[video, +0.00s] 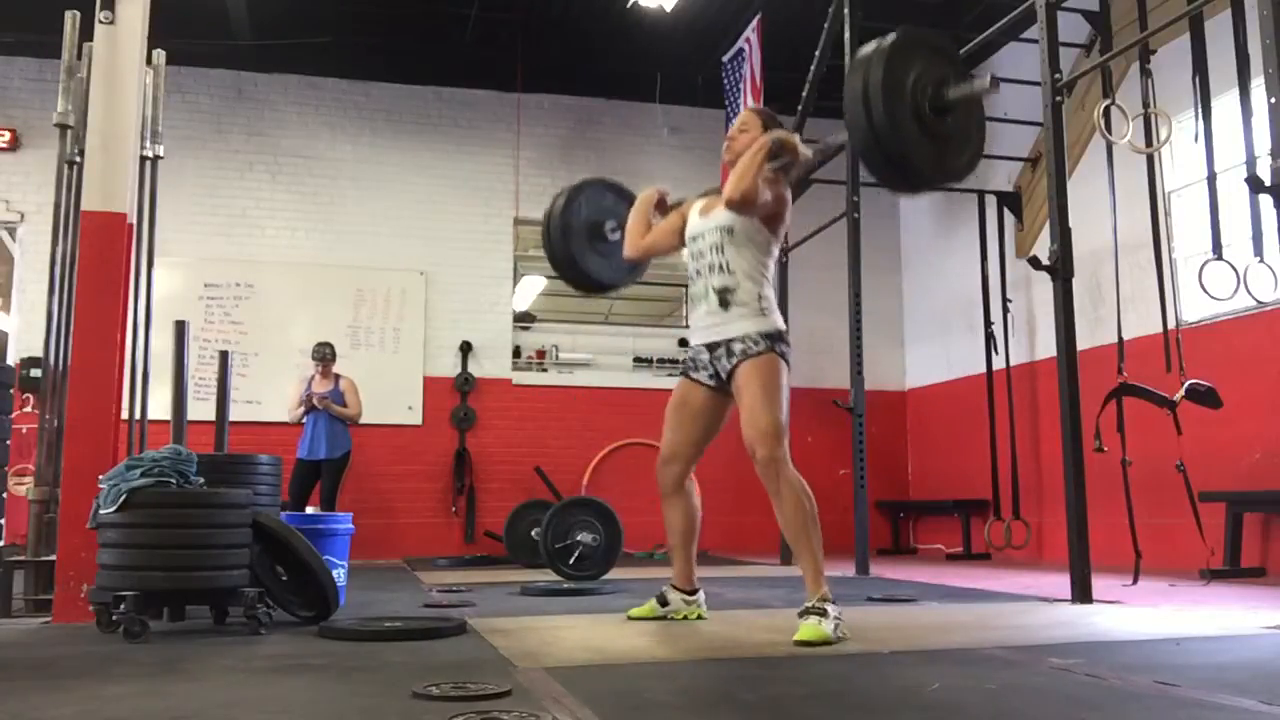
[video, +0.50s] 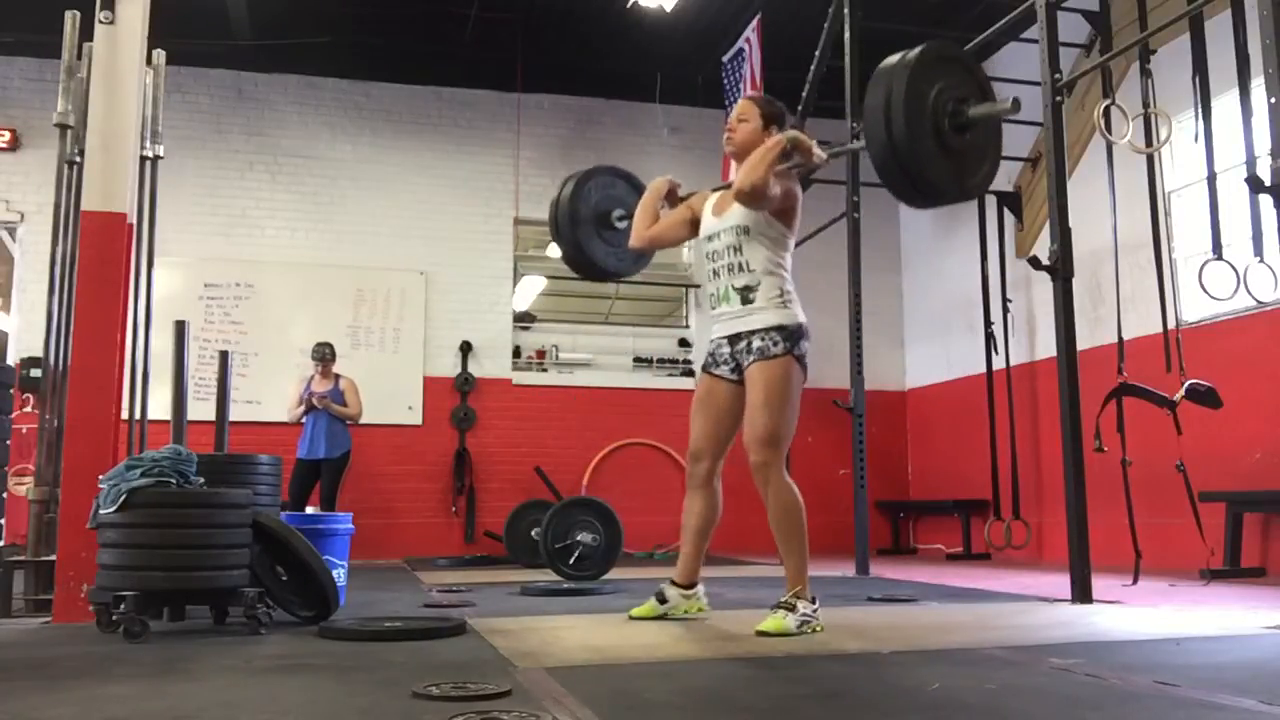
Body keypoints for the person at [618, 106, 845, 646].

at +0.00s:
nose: (731, 134)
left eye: (744, 127)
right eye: (730, 127)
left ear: (768, 146)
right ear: (726, 143)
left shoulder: (772, 196)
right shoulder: (696, 209)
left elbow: (737, 195)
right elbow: (635, 247)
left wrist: (773, 145)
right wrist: (646, 200)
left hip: (756, 342)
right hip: (705, 352)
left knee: (769, 458)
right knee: (671, 469)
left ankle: (820, 601)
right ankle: (684, 593)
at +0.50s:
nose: (729, 126)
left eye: (741, 119)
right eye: (729, 119)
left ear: (771, 139)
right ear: (729, 134)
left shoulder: (784, 192)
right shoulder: (705, 202)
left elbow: (745, 187)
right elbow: (642, 237)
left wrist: (782, 140)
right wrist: (660, 187)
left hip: (772, 335)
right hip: (721, 342)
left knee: (765, 458)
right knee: (700, 462)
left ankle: (800, 600)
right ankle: (685, 589)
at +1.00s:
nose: (724, 125)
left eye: (736, 118)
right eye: (724, 118)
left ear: (766, 135)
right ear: (725, 132)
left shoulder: (778, 184)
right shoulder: (697, 197)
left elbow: (743, 185)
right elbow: (632, 227)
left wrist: (779, 137)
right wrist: (655, 179)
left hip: (764, 336)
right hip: (711, 343)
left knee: (769, 462)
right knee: (705, 465)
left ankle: (800, 600)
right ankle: (716, 592)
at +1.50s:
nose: (728, 110)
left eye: (741, 104)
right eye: (730, 104)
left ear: (767, 125)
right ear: (732, 125)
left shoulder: (769, 173)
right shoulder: (699, 192)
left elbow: (781, 218)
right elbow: (653, 251)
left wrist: (789, 150)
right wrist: (645, 194)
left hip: (760, 323)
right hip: (708, 332)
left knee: (772, 450)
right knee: (701, 457)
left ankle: (798, 591)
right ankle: (708, 584)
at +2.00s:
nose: (752, 128)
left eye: (764, 123)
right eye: (750, 122)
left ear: (789, 139)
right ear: (746, 138)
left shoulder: (798, 175)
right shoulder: (726, 194)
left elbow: (855, 170)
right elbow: (677, 222)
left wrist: (830, 194)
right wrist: (663, 255)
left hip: (787, 333)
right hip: (735, 339)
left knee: (789, 459)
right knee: (719, 463)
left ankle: (804, 598)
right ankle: (722, 592)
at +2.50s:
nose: (693, 140)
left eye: (705, 133)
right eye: (693, 133)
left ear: (735, 143)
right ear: (697, 148)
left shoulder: (769, 196)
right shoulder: (692, 227)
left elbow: (809, 267)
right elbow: (684, 301)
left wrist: (821, 338)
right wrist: (674, 367)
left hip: (793, 347)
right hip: (739, 355)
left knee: (795, 464)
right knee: (719, 467)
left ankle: (804, 598)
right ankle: (722, 593)